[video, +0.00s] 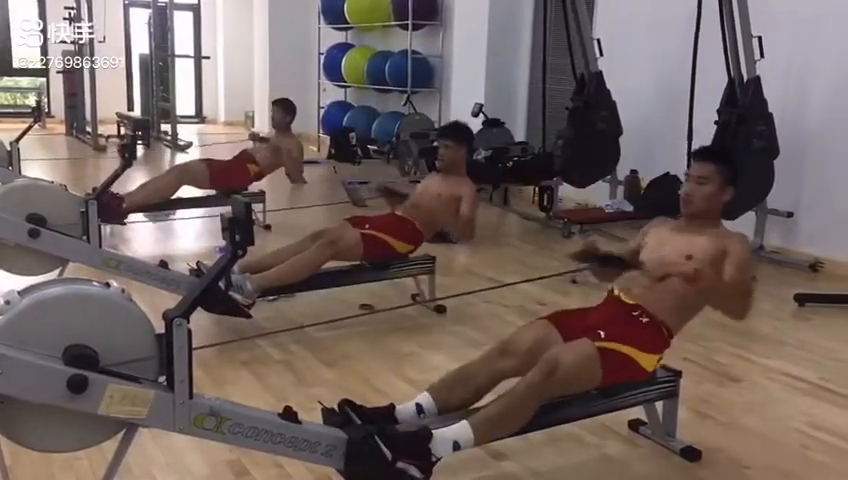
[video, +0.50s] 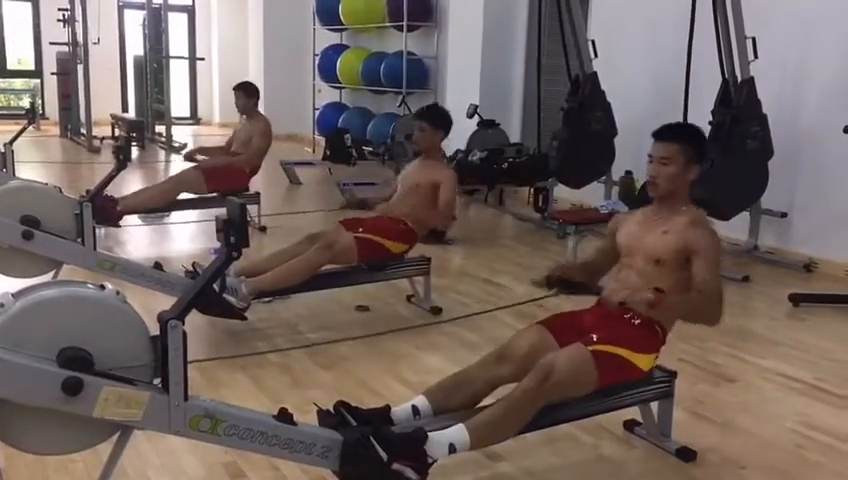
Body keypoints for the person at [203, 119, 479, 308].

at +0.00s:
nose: (439, 153)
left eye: (446, 149)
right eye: (438, 148)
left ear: (464, 153)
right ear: (441, 150)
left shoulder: (467, 189)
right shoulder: (433, 177)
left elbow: (466, 235)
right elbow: (411, 212)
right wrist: (393, 198)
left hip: (405, 234)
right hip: (386, 220)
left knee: (331, 244)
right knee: (318, 235)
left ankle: (251, 287)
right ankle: (234, 269)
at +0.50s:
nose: (416, 136)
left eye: (422, 131)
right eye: (416, 130)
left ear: (440, 135)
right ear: (422, 133)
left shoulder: (445, 174)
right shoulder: (415, 165)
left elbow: (444, 222)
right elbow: (397, 198)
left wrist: (409, 210)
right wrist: (375, 204)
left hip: (400, 233)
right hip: (379, 222)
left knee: (325, 248)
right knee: (311, 239)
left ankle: (245, 290)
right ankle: (227, 274)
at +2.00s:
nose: (310, 132)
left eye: (316, 126)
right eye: (311, 126)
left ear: (336, 131)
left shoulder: (352, 173)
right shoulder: (324, 167)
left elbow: (310, 211)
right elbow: (290, 194)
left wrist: (264, 237)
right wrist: (253, 214)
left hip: (358, 247)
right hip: (342, 239)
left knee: (293, 215)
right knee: (273, 208)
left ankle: (257, 297)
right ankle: (243, 281)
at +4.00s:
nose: (436, 149)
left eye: (443, 144)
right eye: (436, 143)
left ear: (462, 149)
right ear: (442, 147)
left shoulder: (466, 189)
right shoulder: (432, 178)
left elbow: (469, 239)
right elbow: (421, 216)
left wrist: (439, 217)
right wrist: (396, 210)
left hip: (415, 243)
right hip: (396, 230)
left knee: (339, 256)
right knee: (327, 245)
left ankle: (259, 299)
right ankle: (246, 280)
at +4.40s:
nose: (407, 136)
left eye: (413, 130)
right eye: (407, 130)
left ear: (432, 135)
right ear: (411, 132)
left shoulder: (437, 176)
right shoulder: (410, 168)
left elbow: (422, 228)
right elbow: (378, 205)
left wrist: (377, 239)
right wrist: (340, 224)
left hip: (409, 249)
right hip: (386, 240)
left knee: (339, 264)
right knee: (325, 254)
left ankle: (258, 301)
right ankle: (242, 282)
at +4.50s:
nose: (401, 135)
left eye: (408, 130)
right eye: (402, 129)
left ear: (426, 134)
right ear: (406, 132)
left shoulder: (434, 176)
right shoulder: (405, 167)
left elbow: (408, 223)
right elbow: (371, 205)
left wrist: (367, 244)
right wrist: (334, 227)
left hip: (408, 250)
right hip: (385, 240)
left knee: (336, 270)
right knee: (324, 257)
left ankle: (259, 301)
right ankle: (244, 283)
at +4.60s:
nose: (397, 135)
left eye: (403, 130)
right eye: (397, 129)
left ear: (422, 134)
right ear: (401, 133)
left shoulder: (431, 176)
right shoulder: (401, 169)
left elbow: (402, 223)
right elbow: (367, 205)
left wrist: (364, 244)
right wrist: (329, 229)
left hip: (408, 251)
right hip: (387, 242)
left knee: (336, 271)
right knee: (324, 258)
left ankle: (260, 301)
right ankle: (247, 285)